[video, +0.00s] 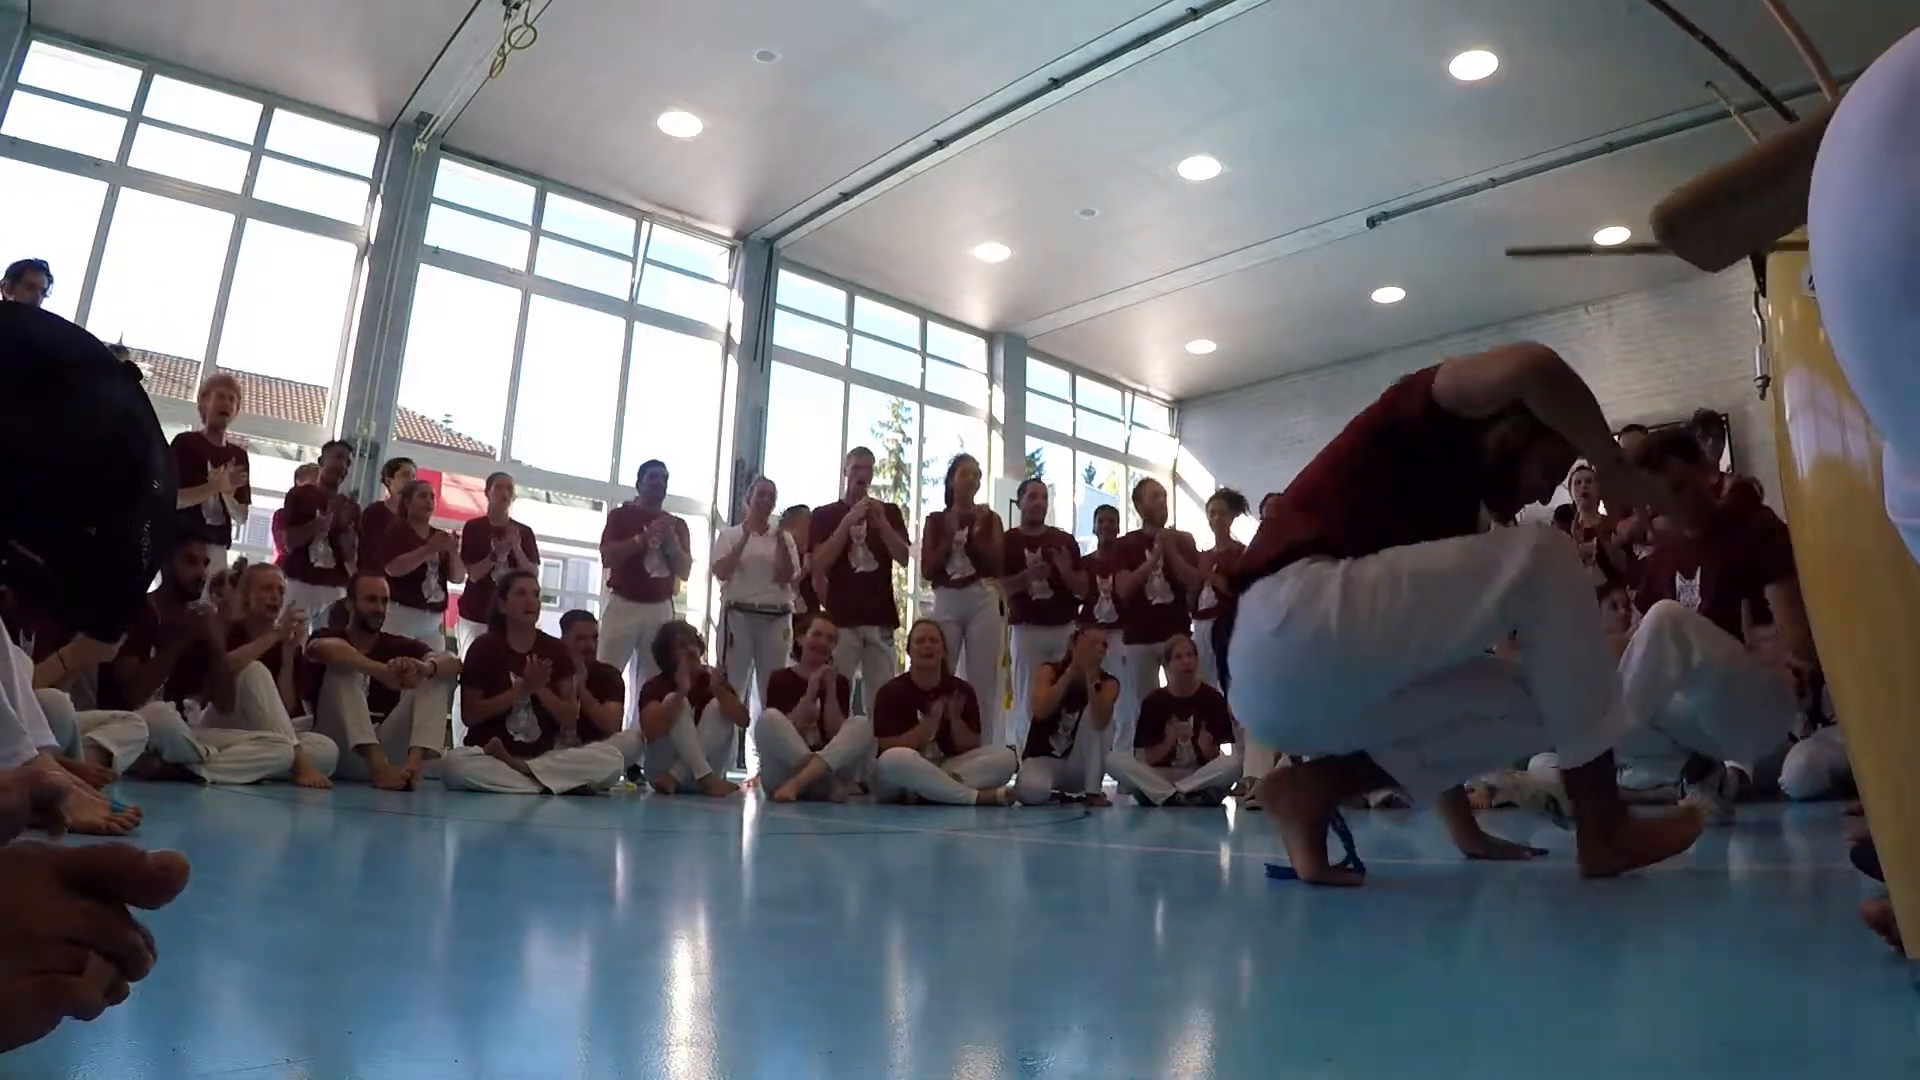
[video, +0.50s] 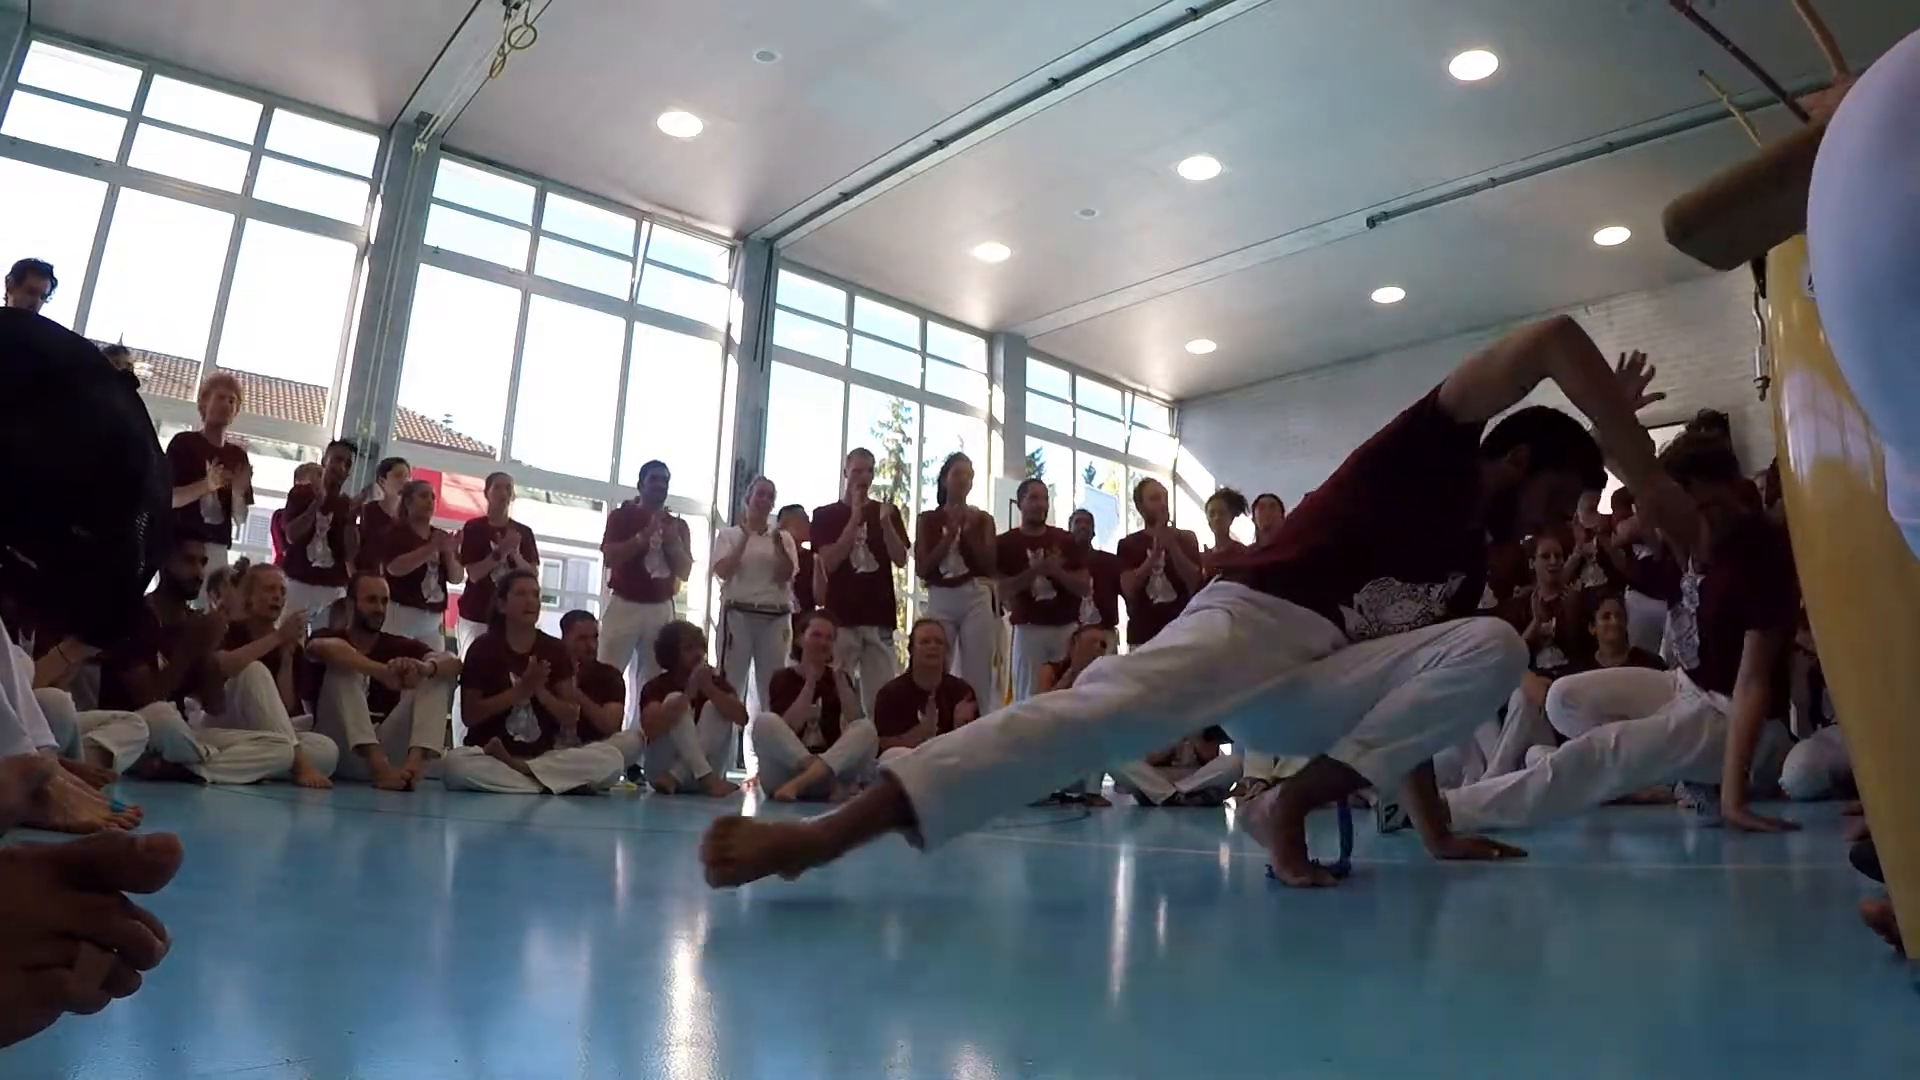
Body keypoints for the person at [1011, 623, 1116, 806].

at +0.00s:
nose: (1099, 650)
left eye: (1103, 645)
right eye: (1093, 643)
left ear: (1106, 650)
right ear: (1074, 644)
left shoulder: (1108, 683)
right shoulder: (1049, 671)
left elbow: (1100, 719)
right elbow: (1040, 710)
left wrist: (1091, 677)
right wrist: (1070, 673)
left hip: (1080, 763)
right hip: (1042, 761)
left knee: (1095, 712)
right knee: (1033, 793)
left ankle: (1093, 791)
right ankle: (1012, 793)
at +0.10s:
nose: (1099, 649)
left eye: (1103, 645)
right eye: (1093, 643)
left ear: (1106, 651)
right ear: (1073, 645)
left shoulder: (1108, 683)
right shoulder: (1049, 670)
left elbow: (1101, 719)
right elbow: (1040, 709)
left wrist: (1093, 676)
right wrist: (1071, 672)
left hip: (1080, 763)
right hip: (1042, 761)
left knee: (1095, 711)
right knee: (1033, 793)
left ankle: (1093, 791)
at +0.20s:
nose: (1097, 649)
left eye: (1102, 645)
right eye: (1091, 642)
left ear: (1105, 651)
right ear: (1074, 644)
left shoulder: (1108, 683)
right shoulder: (1051, 671)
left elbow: (1102, 719)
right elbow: (1040, 711)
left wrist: (1091, 679)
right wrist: (1071, 677)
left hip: (1080, 763)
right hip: (1042, 761)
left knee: (1095, 709)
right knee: (1034, 793)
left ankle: (1093, 791)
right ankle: (1010, 794)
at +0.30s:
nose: (1098, 648)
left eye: (1103, 645)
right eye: (1092, 642)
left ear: (1105, 651)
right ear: (1074, 644)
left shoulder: (1108, 683)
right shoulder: (1050, 671)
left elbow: (1102, 720)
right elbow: (1040, 711)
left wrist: (1091, 678)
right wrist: (1072, 673)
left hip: (1080, 762)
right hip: (1042, 760)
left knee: (1095, 709)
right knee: (1034, 793)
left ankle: (1093, 791)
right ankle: (1010, 794)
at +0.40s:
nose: (1098, 649)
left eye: (1103, 645)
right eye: (1092, 642)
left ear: (1105, 651)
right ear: (1074, 644)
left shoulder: (1109, 683)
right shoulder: (1050, 671)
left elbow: (1105, 726)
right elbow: (1040, 711)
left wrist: (1094, 684)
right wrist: (1069, 672)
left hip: (1083, 759)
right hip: (1043, 757)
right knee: (1041, 787)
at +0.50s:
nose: (1097, 649)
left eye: (1103, 645)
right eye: (1092, 642)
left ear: (1107, 650)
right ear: (1074, 644)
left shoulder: (1105, 679)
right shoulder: (1051, 670)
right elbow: (1046, 705)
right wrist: (1073, 671)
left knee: (1097, 727)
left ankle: (1093, 789)